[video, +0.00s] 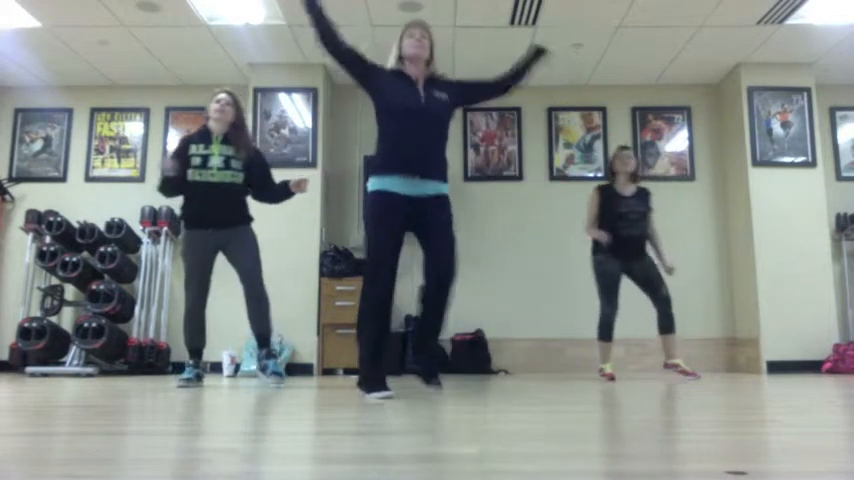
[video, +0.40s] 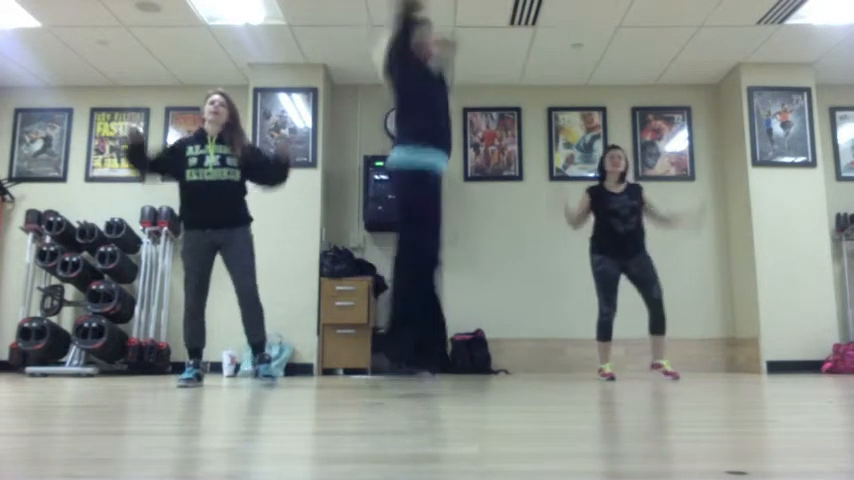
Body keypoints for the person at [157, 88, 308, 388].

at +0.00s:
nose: (221, 105)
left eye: (227, 103)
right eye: (217, 101)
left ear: (236, 115)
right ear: (207, 110)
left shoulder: (246, 150)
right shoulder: (188, 145)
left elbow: (263, 191)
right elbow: (170, 189)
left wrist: (289, 188)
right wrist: (171, 174)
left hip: (237, 230)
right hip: (199, 232)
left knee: (255, 287)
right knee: (195, 297)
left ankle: (265, 355)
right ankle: (194, 363)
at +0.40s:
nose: (214, 107)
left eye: (220, 105)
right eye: (211, 103)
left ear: (230, 115)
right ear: (202, 111)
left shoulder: (240, 148)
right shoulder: (184, 147)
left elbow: (268, 175)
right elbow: (152, 168)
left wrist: (281, 159)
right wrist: (137, 152)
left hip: (235, 231)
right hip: (197, 232)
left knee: (248, 292)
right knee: (194, 297)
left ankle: (260, 360)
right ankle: (193, 363)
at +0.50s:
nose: (220, 107)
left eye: (226, 104)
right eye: (216, 103)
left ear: (235, 114)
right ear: (207, 111)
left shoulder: (247, 148)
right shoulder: (187, 144)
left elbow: (284, 152)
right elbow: (147, 128)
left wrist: (284, 125)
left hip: (240, 228)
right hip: (204, 229)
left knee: (249, 291)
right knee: (198, 298)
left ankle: (260, 358)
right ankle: (195, 363)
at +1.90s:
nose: (236, 110)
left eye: (242, 107)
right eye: (233, 105)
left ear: (253, 115)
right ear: (225, 112)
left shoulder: (265, 149)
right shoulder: (208, 145)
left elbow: (301, 158)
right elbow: (170, 143)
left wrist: (298, 125)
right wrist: (172, 109)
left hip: (252, 232)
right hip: (216, 231)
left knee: (252, 298)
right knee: (211, 298)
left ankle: (253, 364)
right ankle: (210, 364)